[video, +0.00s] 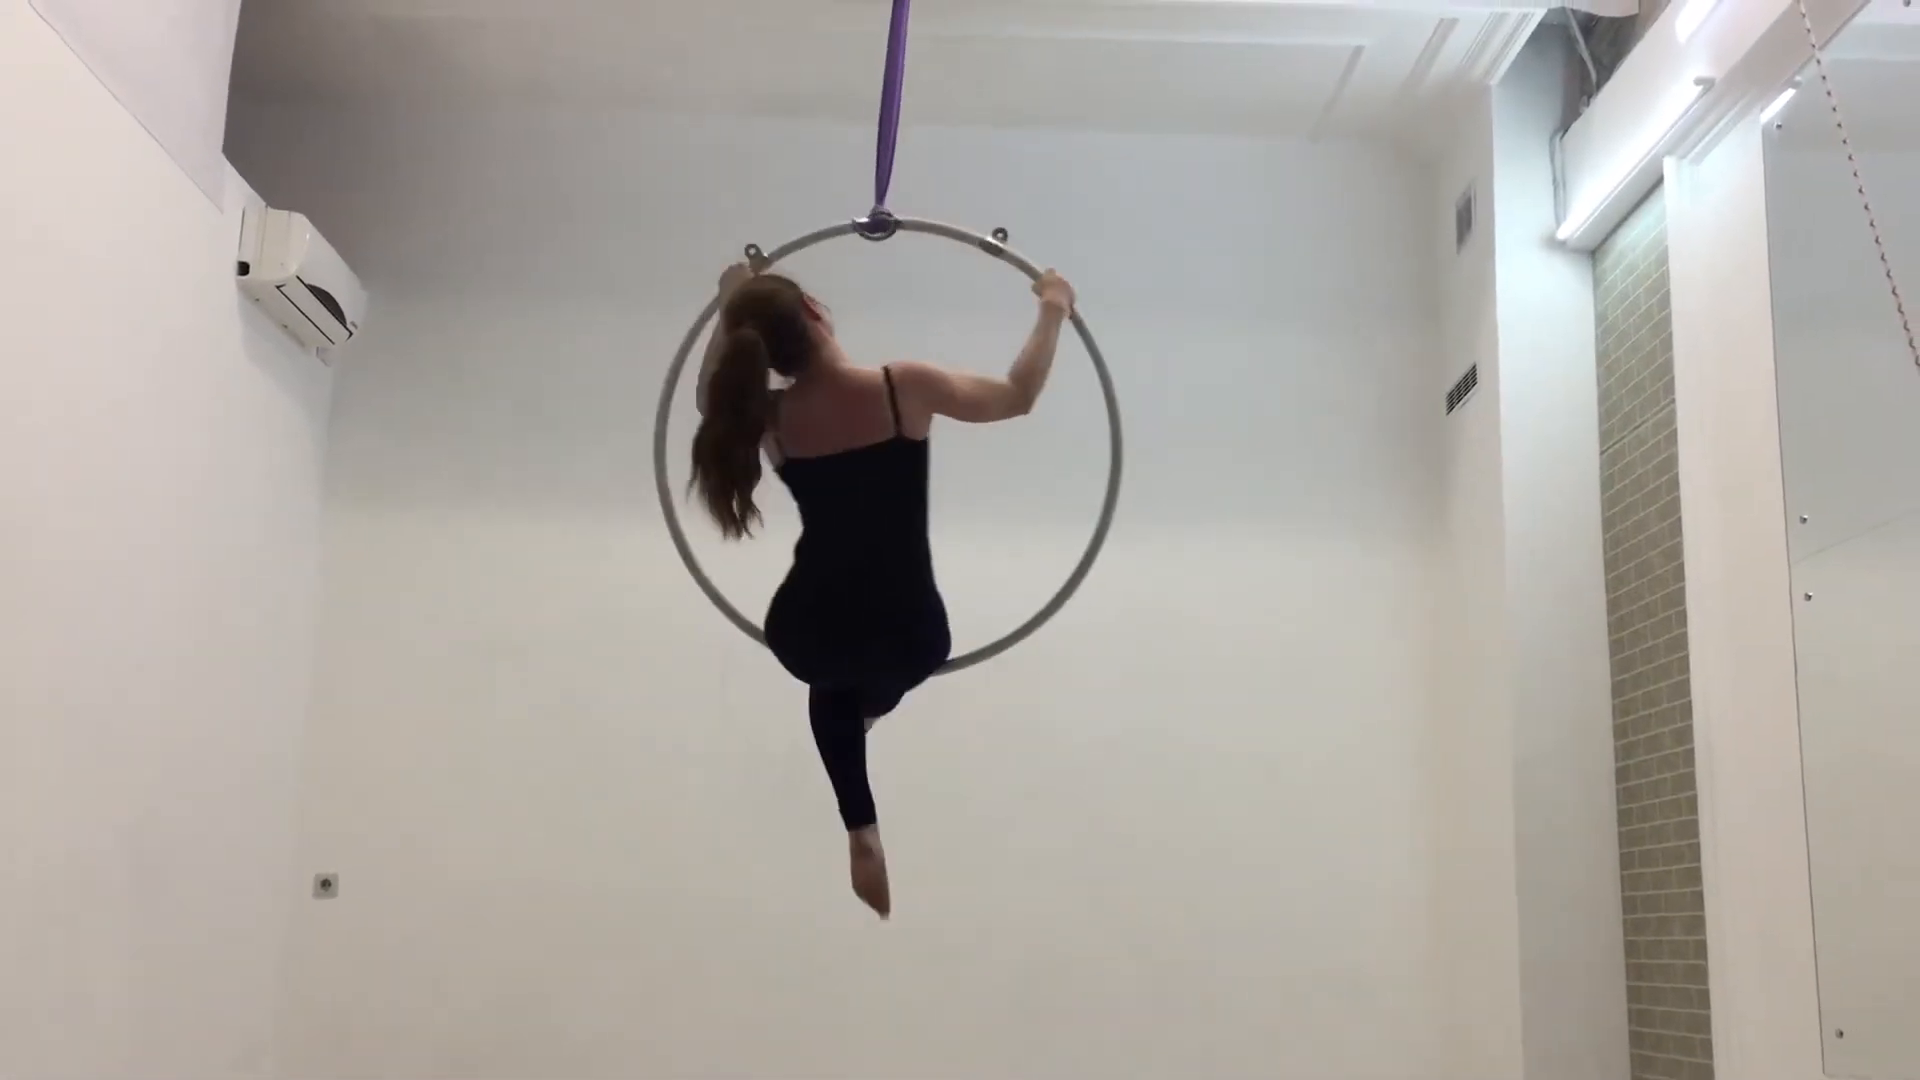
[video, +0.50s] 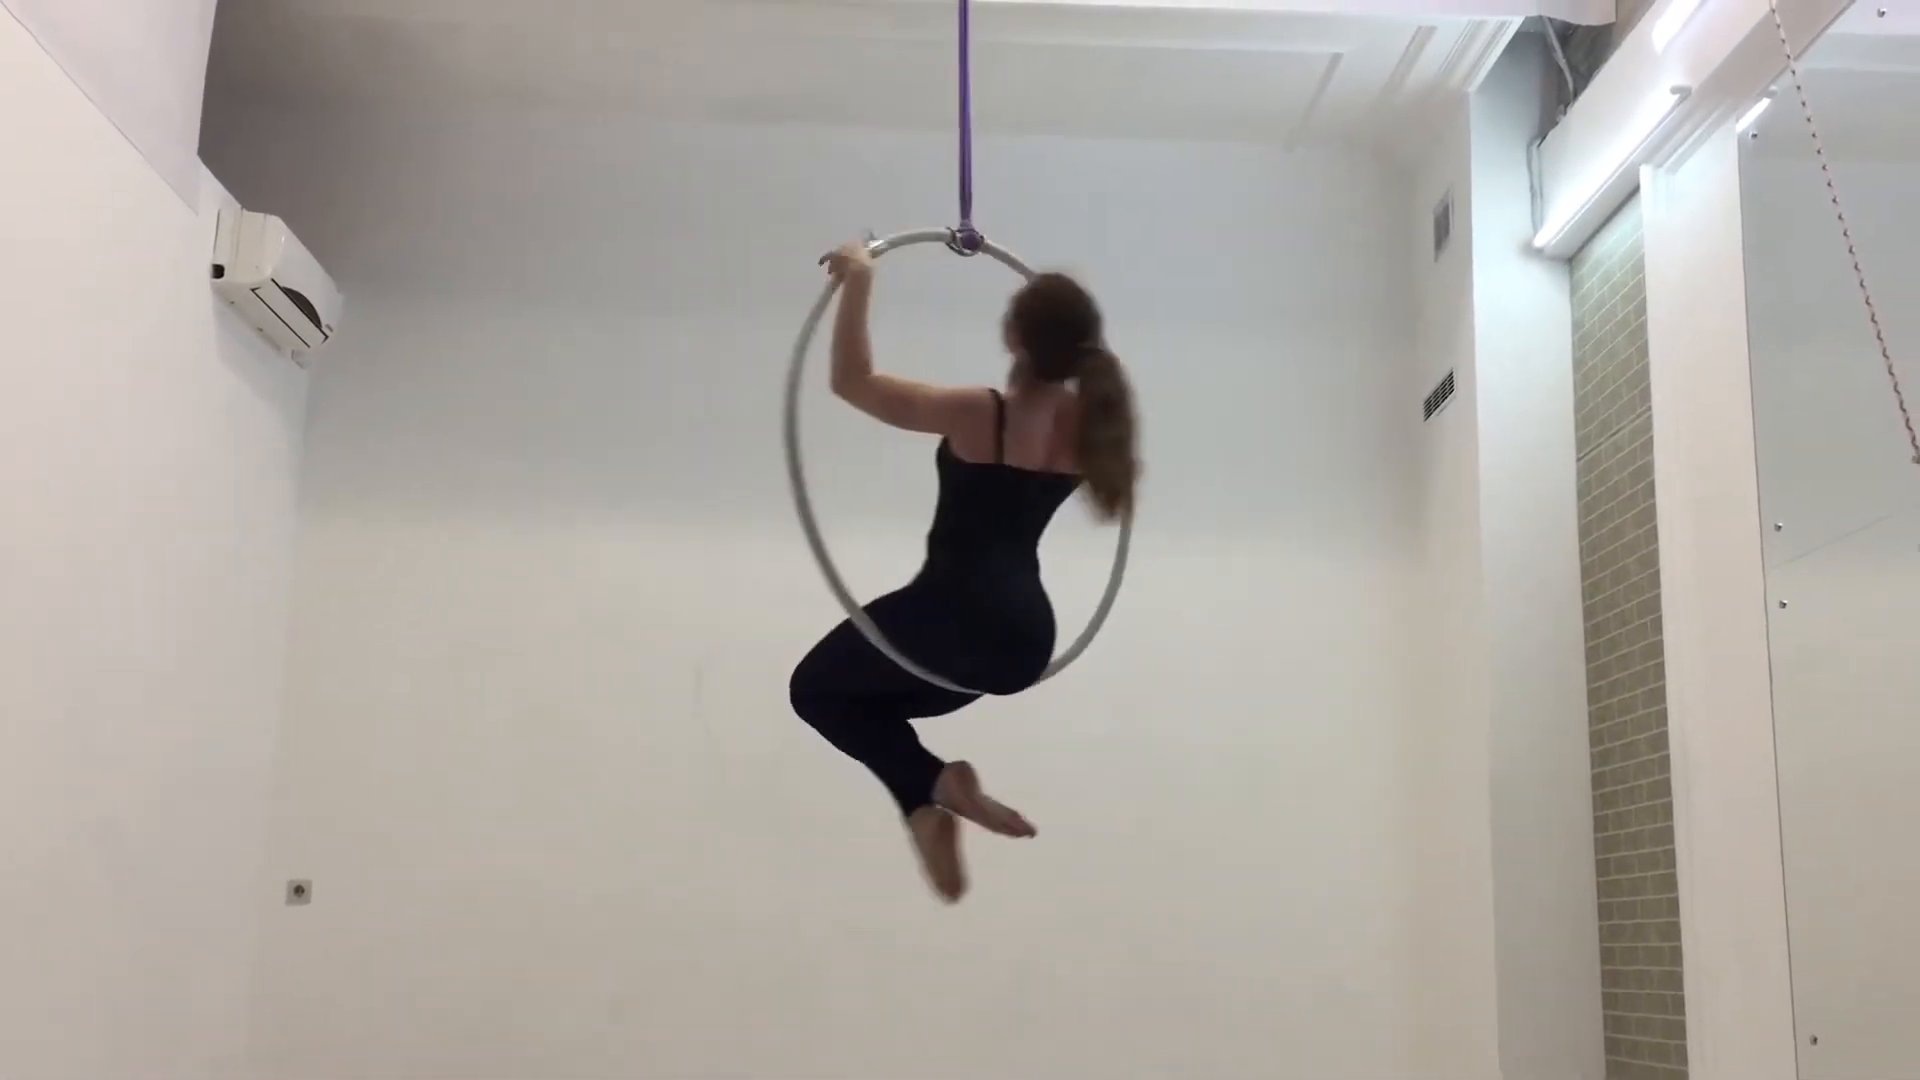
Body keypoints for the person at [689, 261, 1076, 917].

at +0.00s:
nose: (821, 305)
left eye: (809, 300)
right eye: (815, 300)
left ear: (766, 348)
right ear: (818, 313)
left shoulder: (778, 423)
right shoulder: (907, 386)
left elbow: (726, 394)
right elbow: (1016, 395)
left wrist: (736, 311)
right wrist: (1053, 310)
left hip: (817, 624)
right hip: (907, 623)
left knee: (828, 692)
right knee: (879, 686)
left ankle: (863, 835)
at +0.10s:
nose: (867, 306)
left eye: (853, 302)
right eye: (858, 303)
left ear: (811, 351)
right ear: (863, 317)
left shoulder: (811, 421)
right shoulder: (949, 394)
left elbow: (726, 399)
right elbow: (1048, 407)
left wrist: (749, 308)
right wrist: (1074, 325)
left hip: (835, 634)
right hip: (928, 639)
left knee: (832, 690)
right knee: (881, 685)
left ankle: (869, 825)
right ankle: (834, 764)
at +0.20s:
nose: (922, 311)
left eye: (911, 305)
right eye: (915, 306)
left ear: (856, 352)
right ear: (916, 322)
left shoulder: (853, 415)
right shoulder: (996, 403)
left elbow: (758, 397)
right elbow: (1076, 419)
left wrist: (775, 301)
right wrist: (1094, 339)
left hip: (855, 630)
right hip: (949, 644)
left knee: (824, 667)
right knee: (879, 693)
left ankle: (872, 801)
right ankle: (816, 832)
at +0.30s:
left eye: (917, 338)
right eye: (970, 319)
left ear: (911, 351)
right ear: (977, 329)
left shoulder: (905, 416)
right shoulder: (1036, 410)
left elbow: (794, 391)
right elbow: (1102, 432)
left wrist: (805, 291)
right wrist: (1112, 349)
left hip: (881, 622)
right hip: (973, 640)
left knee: (823, 684)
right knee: (873, 708)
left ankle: (889, 797)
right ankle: (830, 858)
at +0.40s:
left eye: (971, 323)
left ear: (966, 341)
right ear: (1035, 334)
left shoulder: (939, 414)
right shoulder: (1066, 418)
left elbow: (822, 387)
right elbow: (1118, 440)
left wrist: (830, 285)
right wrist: (1118, 356)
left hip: (912, 619)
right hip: (997, 634)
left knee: (818, 687)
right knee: (869, 698)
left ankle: (914, 795)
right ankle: (871, 836)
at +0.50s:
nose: (1008, 330)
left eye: (1012, 322)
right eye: (1017, 321)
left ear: (1016, 342)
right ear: (1083, 350)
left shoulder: (973, 412)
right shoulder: (1089, 427)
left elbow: (852, 382)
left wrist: (857, 280)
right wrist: (1063, 324)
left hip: (941, 616)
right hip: (1020, 633)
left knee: (816, 690)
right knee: (880, 706)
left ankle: (937, 780)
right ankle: (922, 814)